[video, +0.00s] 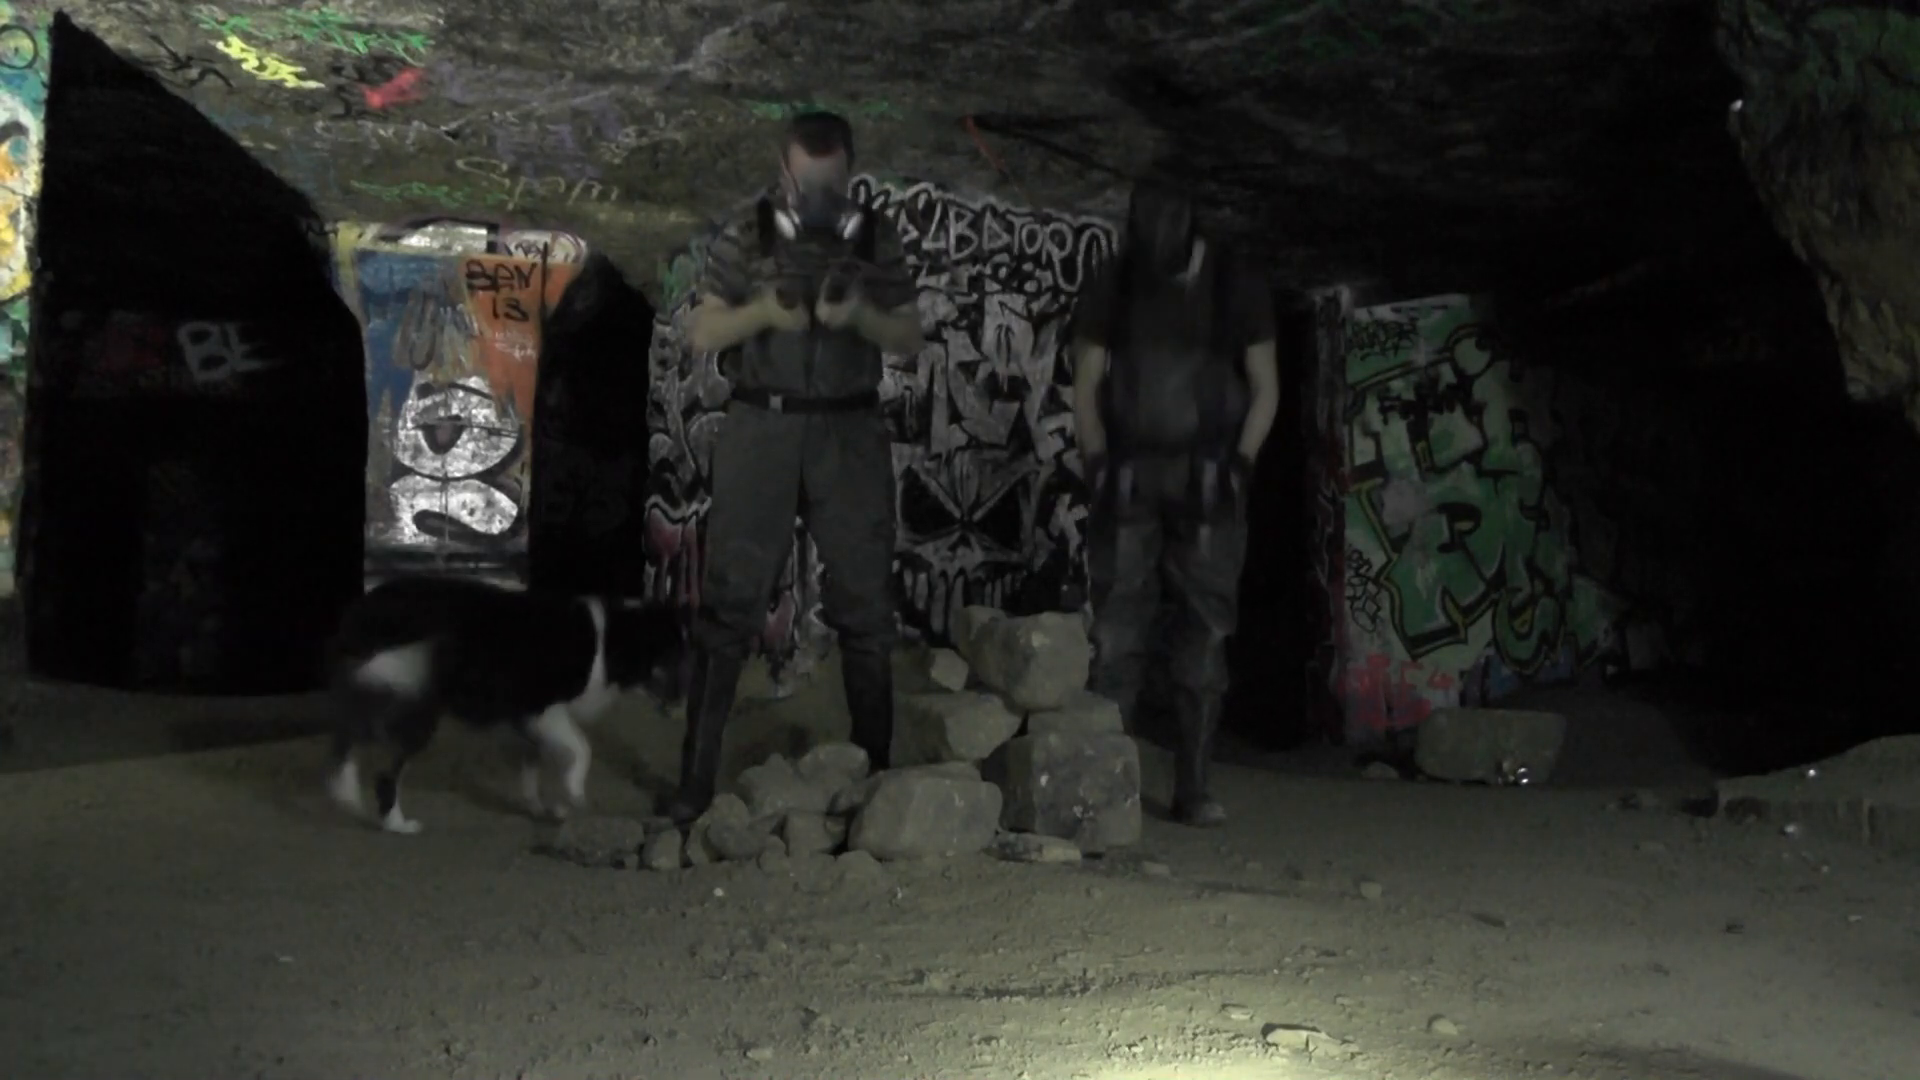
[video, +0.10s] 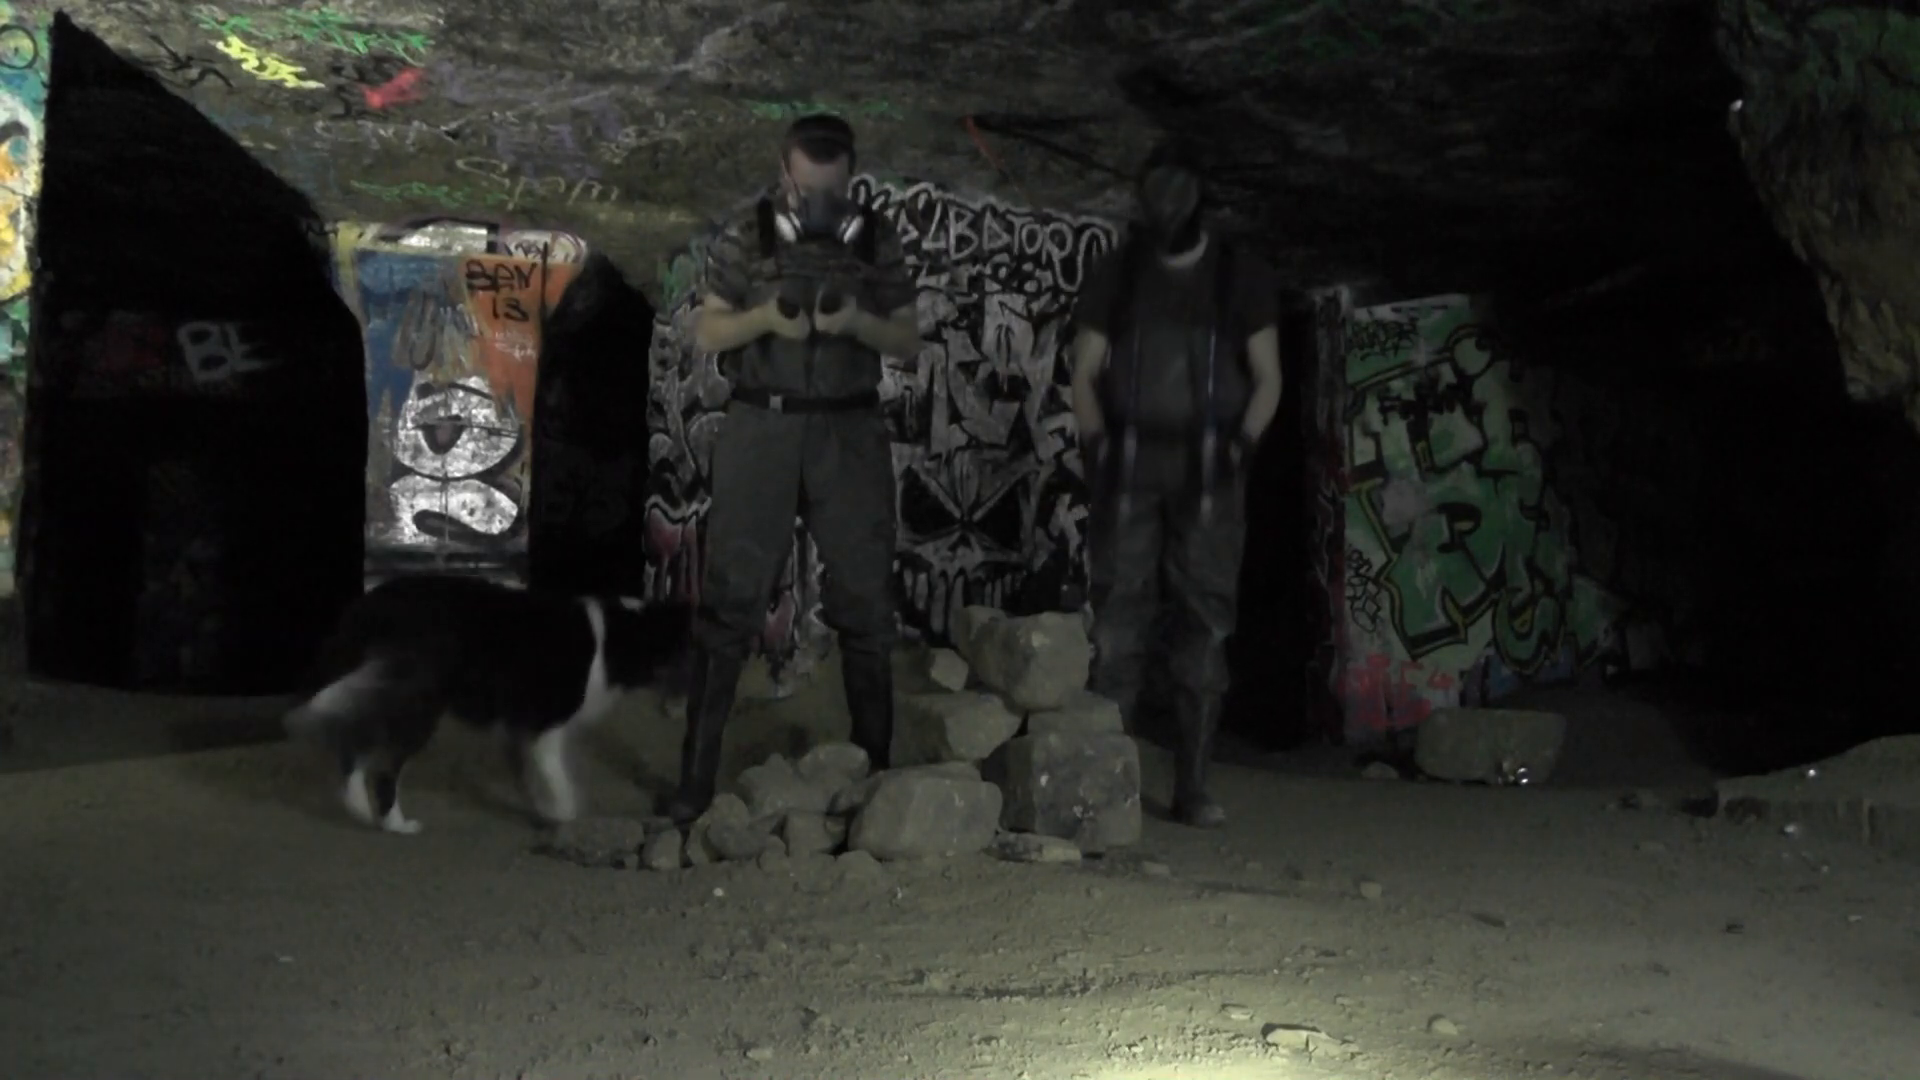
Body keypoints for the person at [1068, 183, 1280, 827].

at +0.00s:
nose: (1160, 226)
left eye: (1172, 213)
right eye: (1151, 212)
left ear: (1194, 215)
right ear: (1138, 216)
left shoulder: (1236, 283)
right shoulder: (1114, 283)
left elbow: (1265, 388)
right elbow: (1085, 389)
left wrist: (1236, 469)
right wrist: (1102, 469)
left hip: (1210, 489)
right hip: (1127, 487)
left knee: (1205, 637)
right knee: (1117, 638)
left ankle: (1193, 787)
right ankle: (1104, 787)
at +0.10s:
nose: (1165, 209)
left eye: (1176, 194)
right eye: (1154, 195)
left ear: (1198, 198)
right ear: (1140, 199)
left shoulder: (1237, 271)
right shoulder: (1120, 270)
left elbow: (1268, 379)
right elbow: (1081, 375)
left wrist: (1238, 448)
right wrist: (1102, 453)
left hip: (1209, 474)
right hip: (1128, 472)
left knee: (1203, 623)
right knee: (1120, 621)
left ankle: (1192, 783)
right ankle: (1108, 782)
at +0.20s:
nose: (1172, 200)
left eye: (1185, 186)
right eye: (1162, 186)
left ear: (1207, 192)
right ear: (1147, 192)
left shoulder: (1239, 272)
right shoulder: (1121, 270)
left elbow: (1270, 376)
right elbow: (1082, 372)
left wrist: (1240, 437)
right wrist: (1100, 437)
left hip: (1210, 468)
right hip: (1129, 467)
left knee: (1204, 618)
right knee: (1121, 616)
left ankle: (1193, 782)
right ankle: (1108, 782)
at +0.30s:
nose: (1178, 203)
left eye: (1190, 189)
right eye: (1168, 189)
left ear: (1210, 195)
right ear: (1152, 195)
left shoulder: (1243, 278)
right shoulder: (1126, 274)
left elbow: (1273, 379)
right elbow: (1083, 370)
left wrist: (1243, 426)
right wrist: (1108, 425)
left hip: (1212, 464)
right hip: (1132, 463)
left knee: (1204, 613)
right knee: (1124, 611)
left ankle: (1192, 783)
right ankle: (1106, 782)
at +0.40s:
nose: (1184, 207)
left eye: (1195, 194)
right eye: (1173, 193)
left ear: (1214, 200)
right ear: (1157, 200)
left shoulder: (1245, 281)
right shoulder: (1130, 279)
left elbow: (1278, 380)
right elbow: (1089, 368)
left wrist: (1244, 426)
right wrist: (1101, 422)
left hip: (1214, 463)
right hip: (1135, 462)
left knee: (1205, 612)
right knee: (1125, 611)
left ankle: (1193, 784)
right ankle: (1104, 781)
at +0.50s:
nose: (1186, 211)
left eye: (1198, 197)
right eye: (1176, 197)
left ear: (1217, 203)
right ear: (1161, 202)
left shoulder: (1250, 282)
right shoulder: (1137, 278)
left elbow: (1282, 383)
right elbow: (1094, 368)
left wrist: (1248, 431)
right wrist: (1111, 428)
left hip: (1214, 467)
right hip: (1138, 465)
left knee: (1206, 616)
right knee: (1125, 612)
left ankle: (1191, 786)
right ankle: (1107, 782)